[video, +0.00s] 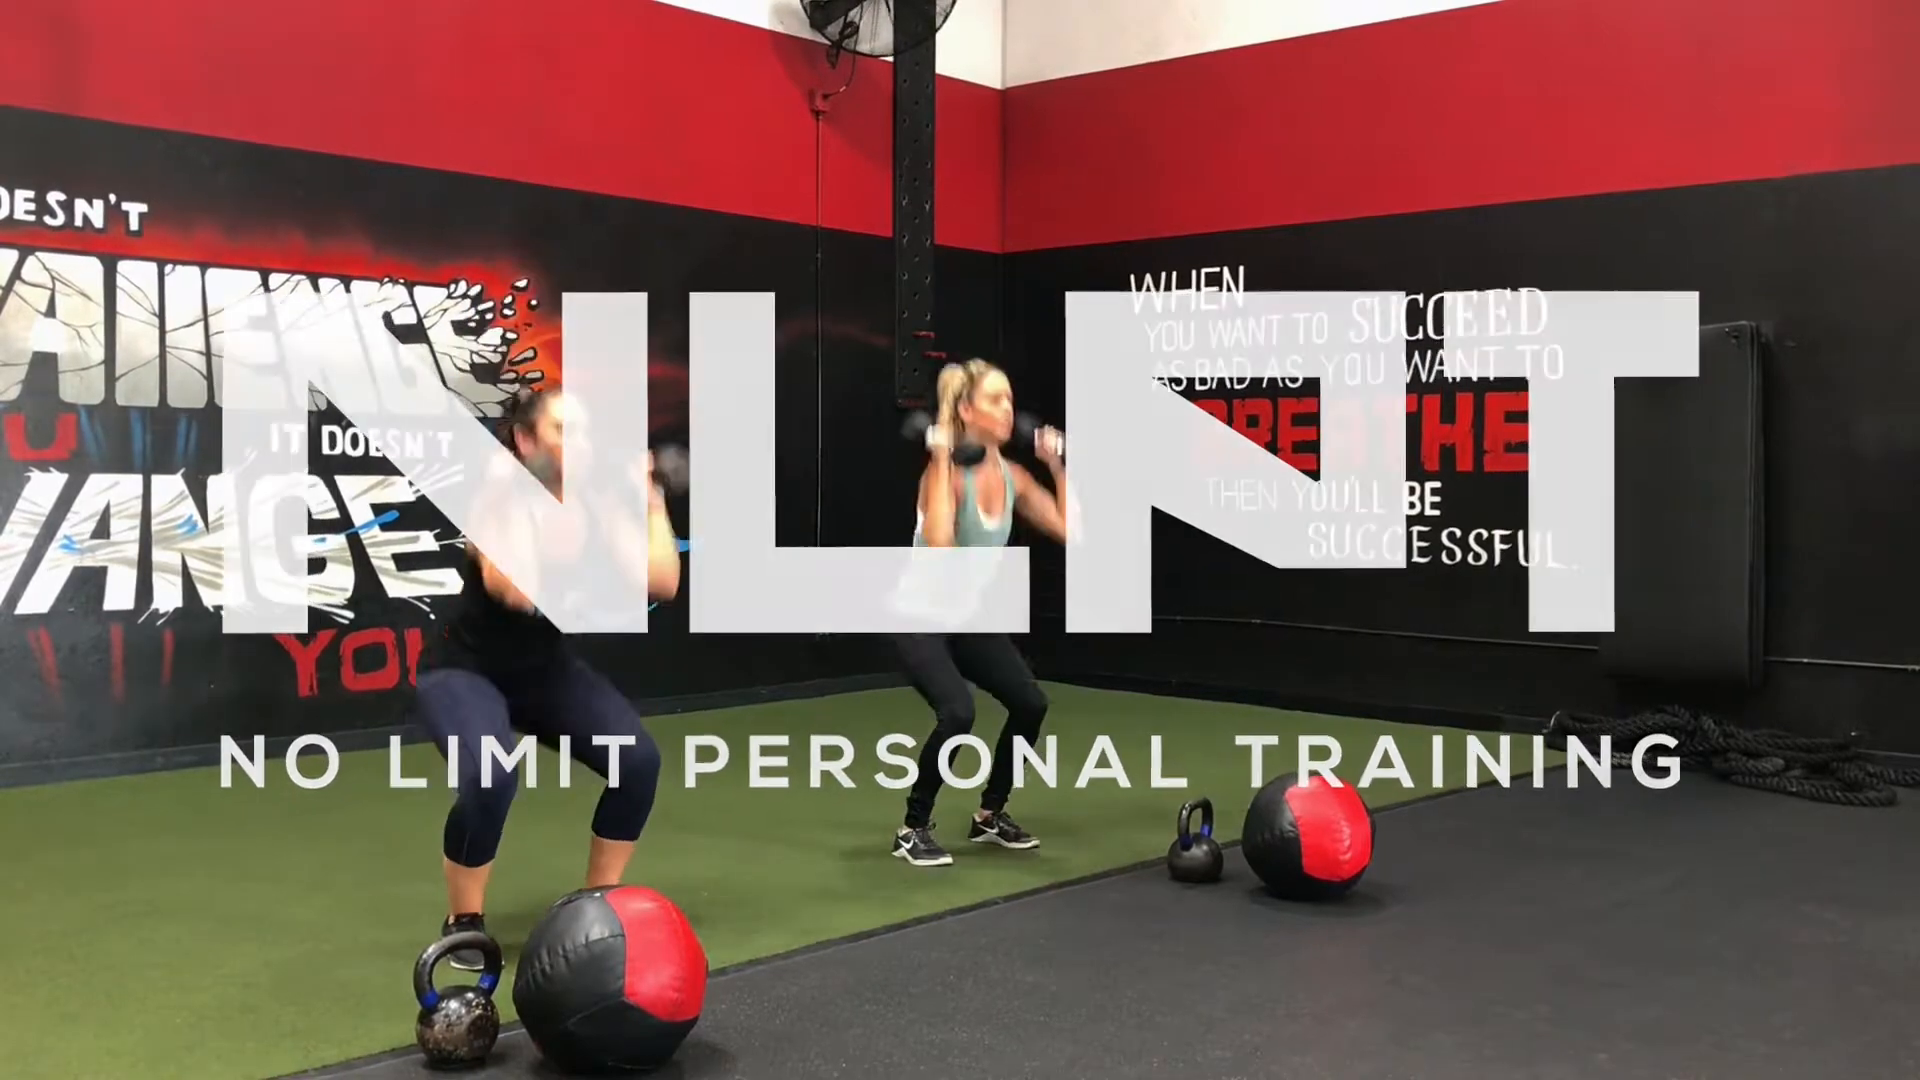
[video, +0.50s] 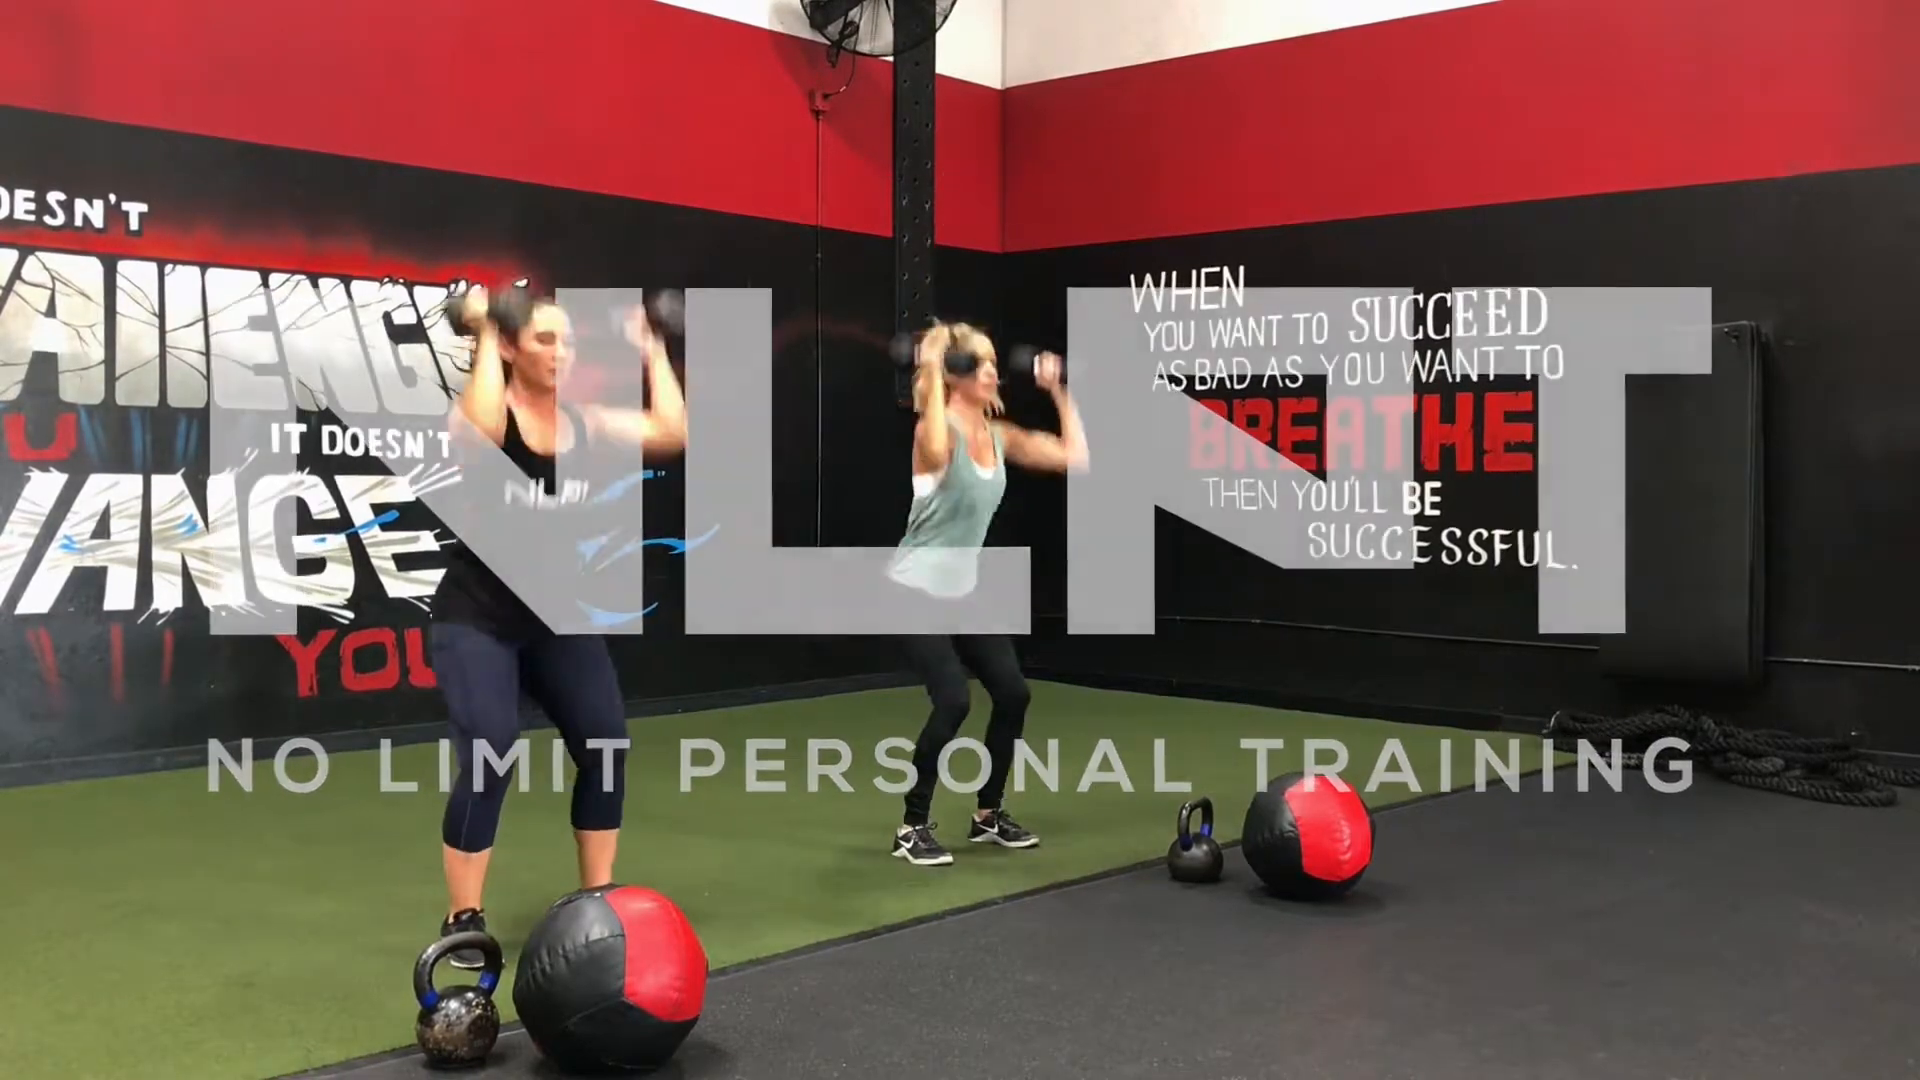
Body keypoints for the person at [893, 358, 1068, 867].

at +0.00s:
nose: (1008, 410)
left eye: (1009, 400)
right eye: (996, 401)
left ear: (1005, 409)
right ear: (965, 410)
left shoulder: (1011, 474)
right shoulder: (943, 473)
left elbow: (1068, 530)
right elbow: (938, 542)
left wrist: (1057, 467)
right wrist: (941, 460)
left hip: (971, 621)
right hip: (918, 622)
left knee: (1030, 703)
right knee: (957, 711)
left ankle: (990, 813)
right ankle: (915, 828)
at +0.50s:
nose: (997, 376)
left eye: (995, 367)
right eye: (987, 368)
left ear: (984, 375)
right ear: (959, 377)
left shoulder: (997, 434)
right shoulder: (936, 433)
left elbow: (1073, 456)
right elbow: (934, 450)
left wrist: (1059, 392)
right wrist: (932, 370)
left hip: (967, 594)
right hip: (915, 594)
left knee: (1012, 695)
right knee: (953, 701)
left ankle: (988, 814)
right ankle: (913, 826)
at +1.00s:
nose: (999, 389)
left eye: (1000, 380)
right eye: (987, 380)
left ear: (1000, 389)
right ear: (957, 388)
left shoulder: (1002, 452)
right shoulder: (937, 443)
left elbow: (1066, 510)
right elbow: (938, 502)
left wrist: (1057, 442)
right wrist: (934, 421)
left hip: (961, 608)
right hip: (909, 606)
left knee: (1021, 696)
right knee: (950, 705)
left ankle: (989, 815)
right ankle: (913, 827)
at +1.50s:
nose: (1004, 395)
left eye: (1006, 386)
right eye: (993, 386)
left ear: (1007, 394)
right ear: (966, 393)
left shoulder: (1008, 454)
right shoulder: (945, 446)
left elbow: (1080, 493)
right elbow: (945, 494)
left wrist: (1069, 425)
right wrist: (939, 416)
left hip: (963, 608)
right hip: (911, 605)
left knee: (1026, 699)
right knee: (957, 706)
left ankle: (989, 816)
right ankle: (914, 828)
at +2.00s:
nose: (997, 359)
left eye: (998, 350)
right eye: (988, 349)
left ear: (991, 357)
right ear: (957, 355)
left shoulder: (1000, 415)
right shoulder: (933, 411)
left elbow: (1080, 433)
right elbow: (933, 432)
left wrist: (1061, 369)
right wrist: (936, 347)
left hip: (976, 581)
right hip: (926, 580)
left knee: (1010, 690)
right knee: (949, 696)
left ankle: (988, 815)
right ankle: (913, 827)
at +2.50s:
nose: (1011, 446)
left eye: (1012, 435)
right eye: (1000, 436)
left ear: (1010, 445)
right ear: (967, 446)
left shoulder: (1009, 504)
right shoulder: (944, 504)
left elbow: (1064, 575)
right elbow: (948, 582)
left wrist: (1061, 507)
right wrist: (947, 498)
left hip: (957, 639)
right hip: (904, 639)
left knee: (1033, 711)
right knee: (960, 718)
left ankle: (989, 817)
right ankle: (915, 829)